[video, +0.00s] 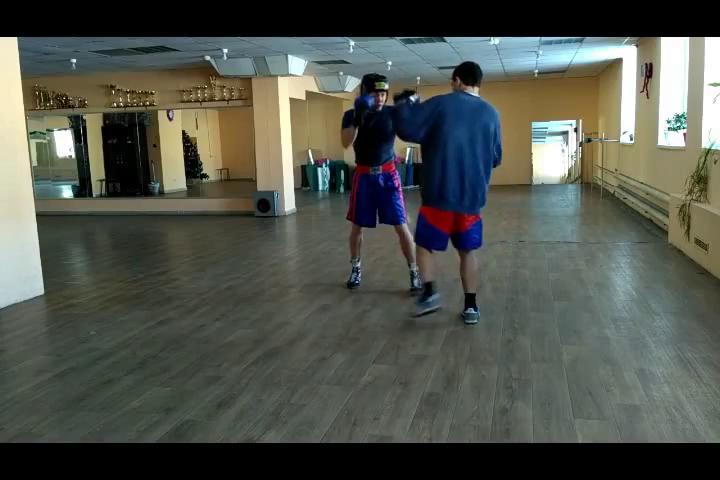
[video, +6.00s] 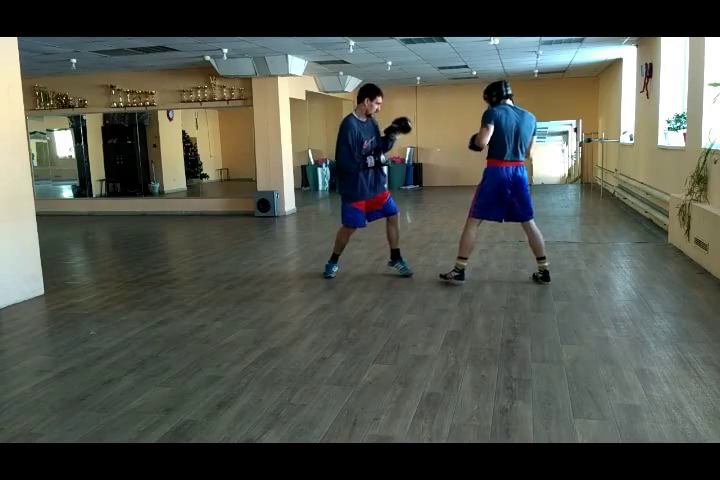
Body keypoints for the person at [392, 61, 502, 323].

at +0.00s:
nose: (452, 84)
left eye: (452, 80)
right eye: (454, 81)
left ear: (457, 81)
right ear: (479, 84)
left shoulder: (440, 104)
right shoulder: (490, 112)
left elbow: (406, 127)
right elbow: (495, 157)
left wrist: (403, 104)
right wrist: (474, 175)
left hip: (438, 191)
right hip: (473, 193)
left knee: (425, 245)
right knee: (468, 252)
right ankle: (471, 307)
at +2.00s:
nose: (405, 90)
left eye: (404, 87)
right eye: (406, 87)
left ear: (381, 86)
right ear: (403, 87)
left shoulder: (367, 108)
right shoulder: (406, 115)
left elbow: (355, 139)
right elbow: (410, 160)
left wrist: (373, 151)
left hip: (366, 184)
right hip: (392, 188)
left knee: (378, 246)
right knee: (390, 249)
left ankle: (383, 294)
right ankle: (366, 308)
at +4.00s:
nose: (392, 98)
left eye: (393, 94)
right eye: (392, 93)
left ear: (372, 90)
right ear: (386, 92)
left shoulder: (365, 111)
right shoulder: (369, 115)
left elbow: (379, 128)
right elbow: (371, 159)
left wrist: (399, 114)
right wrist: (389, 153)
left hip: (372, 189)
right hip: (363, 191)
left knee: (383, 233)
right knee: (365, 238)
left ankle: (387, 280)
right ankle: (330, 282)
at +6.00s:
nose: (379, 108)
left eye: (380, 104)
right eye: (377, 103)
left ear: (367, 103)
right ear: (365, 101)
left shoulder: (371, 123)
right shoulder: (349, 125)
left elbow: (379, 151)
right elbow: (346, 163)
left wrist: (391, 134)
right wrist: (375, 160)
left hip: (375, 183)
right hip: (355, 187)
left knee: (392, 214)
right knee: (350, 224)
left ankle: (395, 259)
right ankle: (333, 261)